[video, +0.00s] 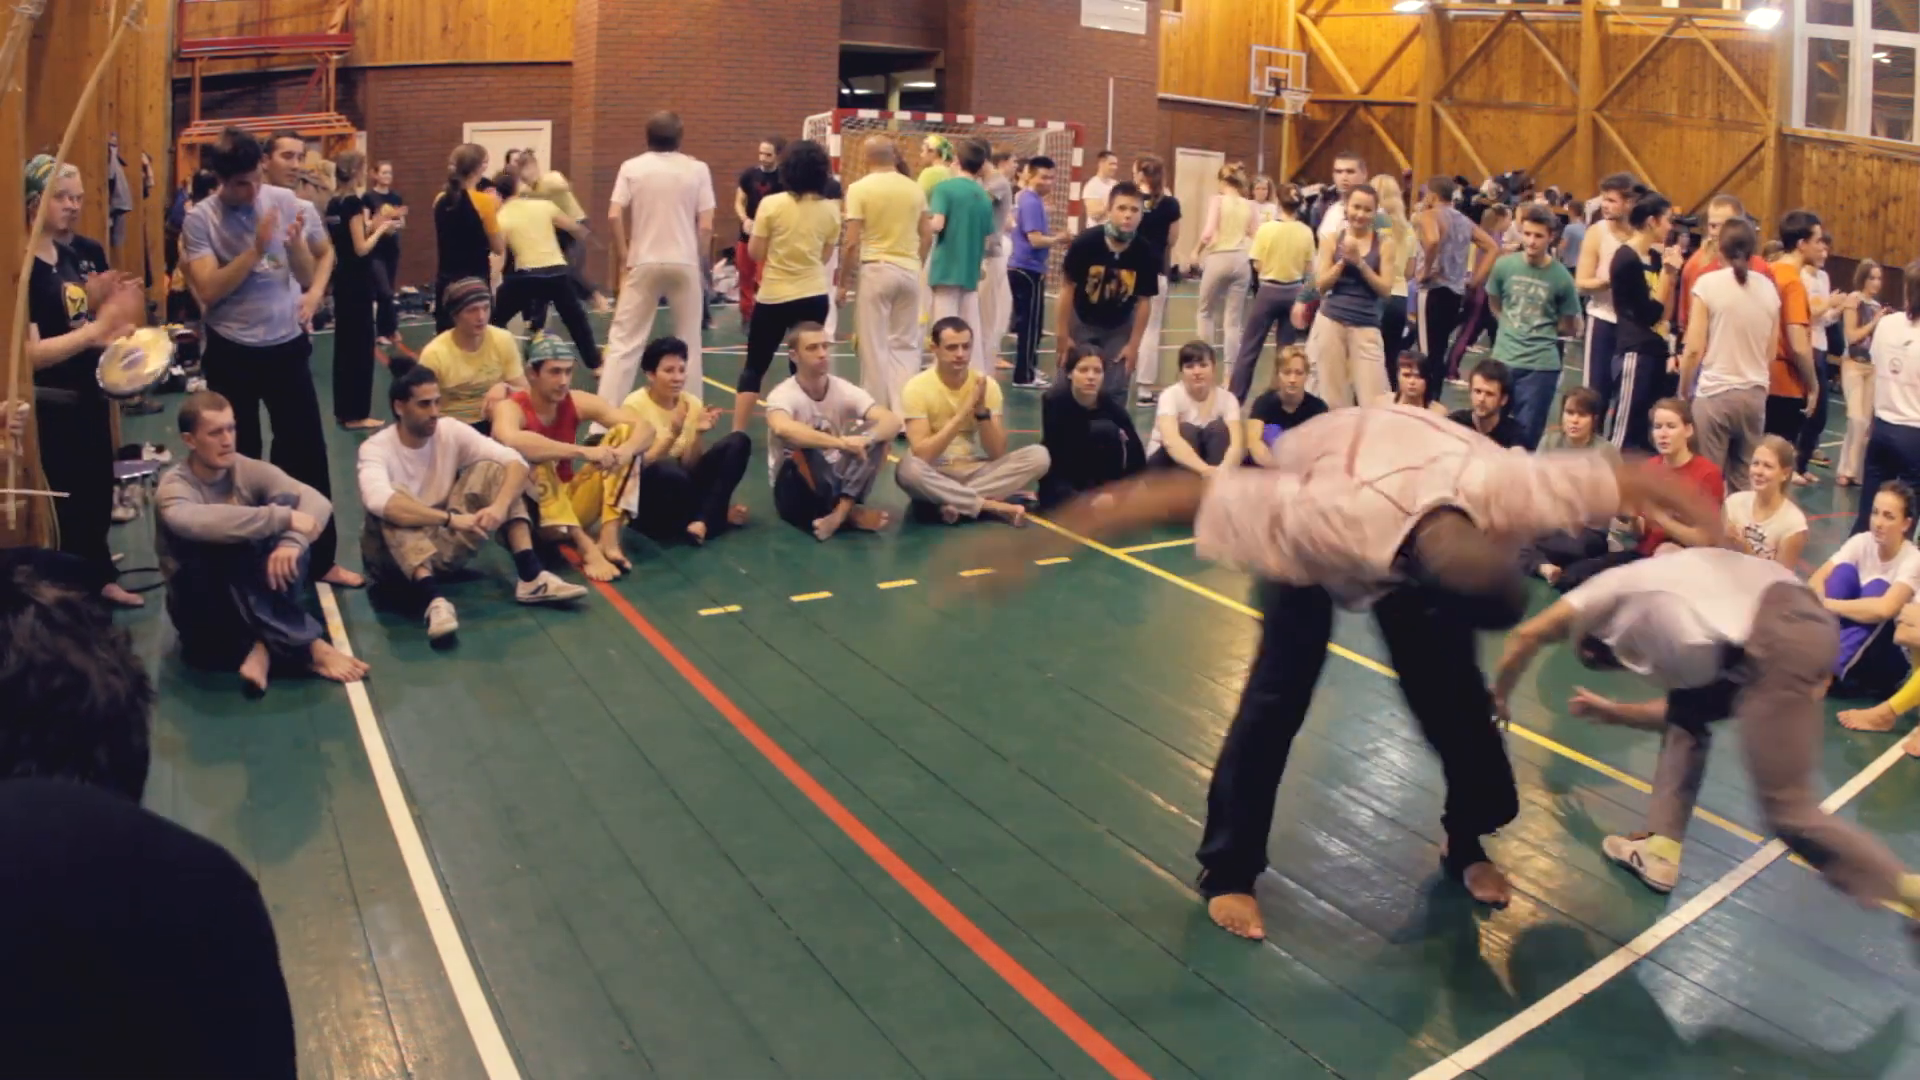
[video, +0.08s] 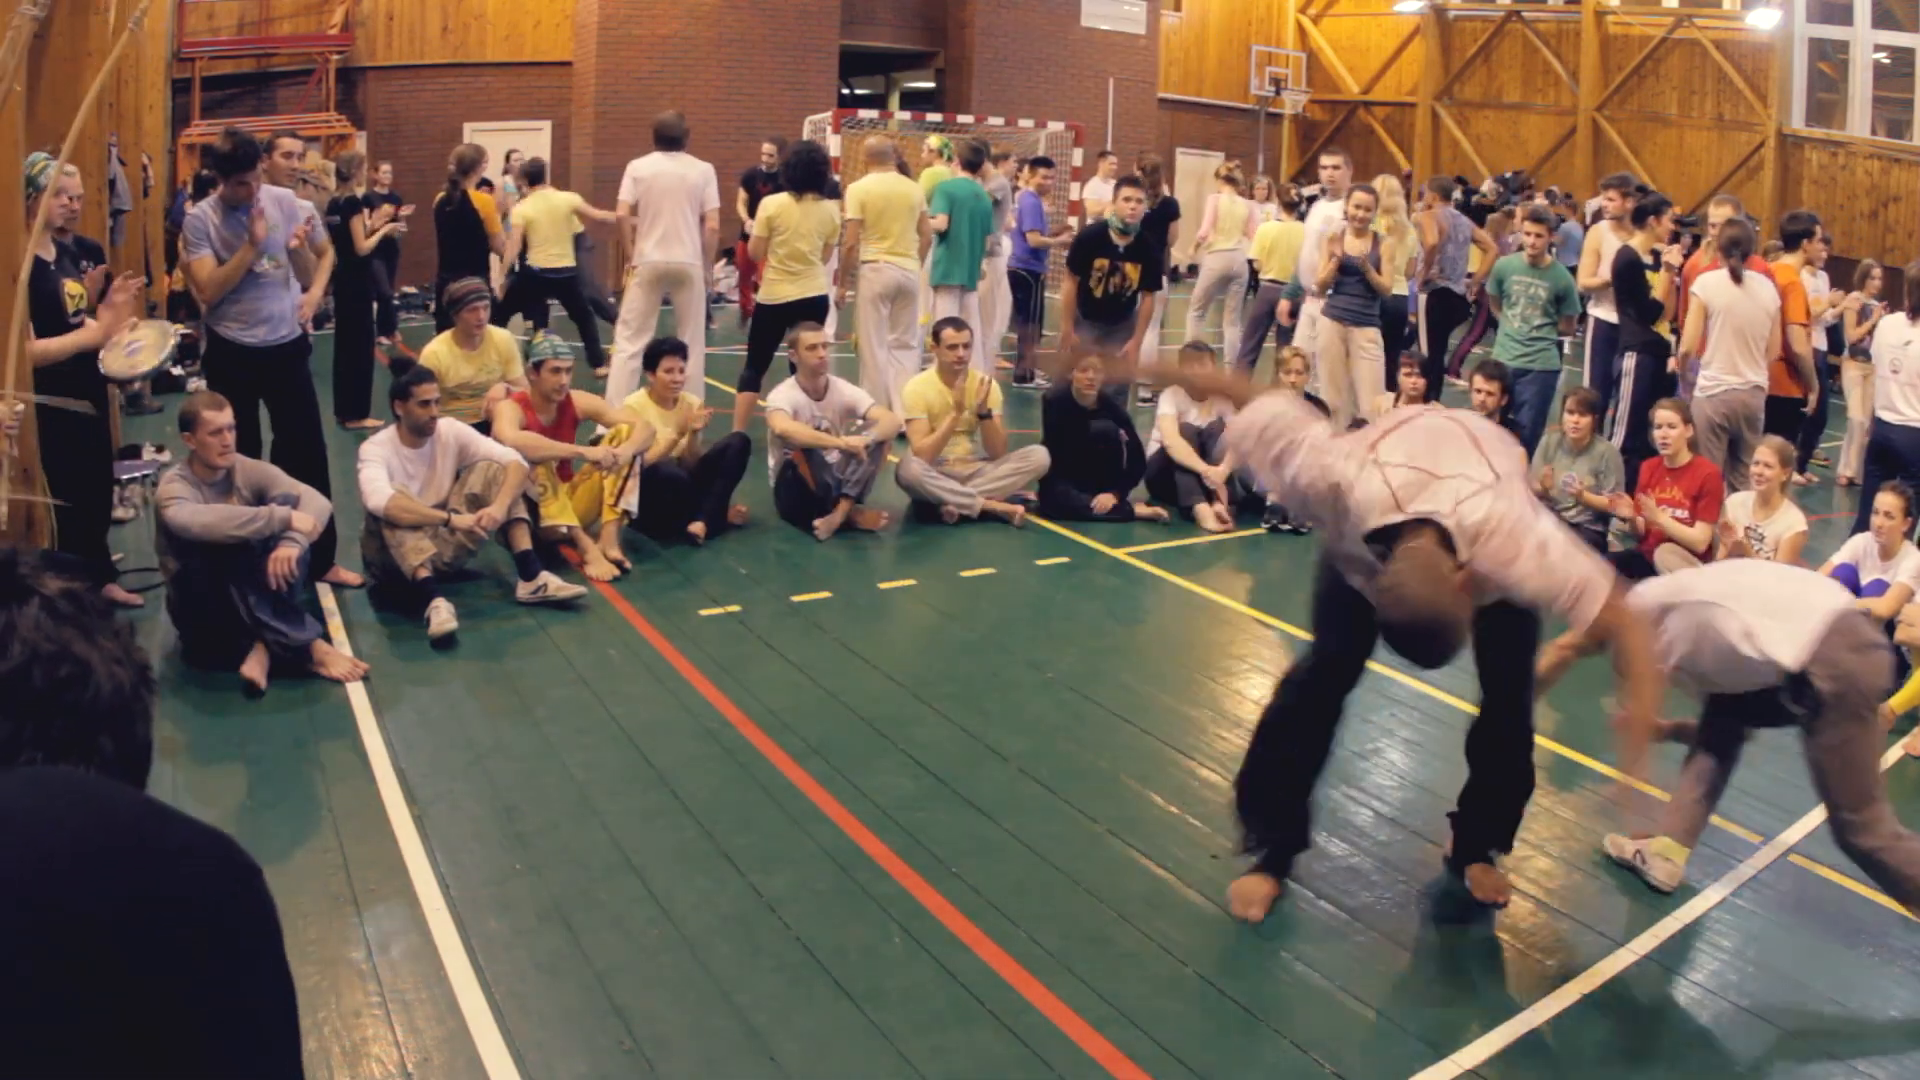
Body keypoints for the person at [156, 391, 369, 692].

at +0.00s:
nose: (228, 440)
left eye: (230, 429)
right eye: (215, 433)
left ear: (236, 429)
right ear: (189, 440)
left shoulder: (247, 469)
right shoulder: (175, 486)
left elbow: (316, 501)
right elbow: (190, 523)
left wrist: (292, 543)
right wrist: (283, 517)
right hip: (210, 615)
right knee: (212, 547)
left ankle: (263, 645)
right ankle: (310, 645)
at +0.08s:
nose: (228, 440)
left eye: (230, 429)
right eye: (215, 434)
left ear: (236, 429)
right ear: (189, 440)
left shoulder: (247, 469)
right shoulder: (175, 486)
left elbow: (316, 501)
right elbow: (190, 523)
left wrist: (292, 543)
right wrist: (283, 517)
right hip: (210, 615)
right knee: (212, 547)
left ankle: (263, 645)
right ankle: (310, 645)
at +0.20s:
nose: (228, 440)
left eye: (230, 430)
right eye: (215, 434)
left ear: (236, 429)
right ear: (189, 440)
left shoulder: (247, 469)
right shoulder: (174, 486)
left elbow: (316, 501)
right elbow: (190, 523)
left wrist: (292, 543)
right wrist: (283, 517)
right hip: (210, 614)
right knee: (211, 548)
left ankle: (263, 645)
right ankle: (310, 645)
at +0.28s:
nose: (228, 441)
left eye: (231, 430)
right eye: (215, 434)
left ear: (237, 429)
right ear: (189, 440)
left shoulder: (247, 469)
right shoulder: (174, 487)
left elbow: (317, 501)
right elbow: (192, 523)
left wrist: (292, 543)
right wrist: (283, 517)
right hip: (210, 614)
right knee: (211, 548)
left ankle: (263, 645)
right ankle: (309, 645)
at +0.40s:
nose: (227, 441)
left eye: (230, 430)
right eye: (215, 434)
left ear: (236, 429)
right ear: (189, 440)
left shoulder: (248, 469)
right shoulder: (174, 487)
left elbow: (317, 502)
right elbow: (191, 523)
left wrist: (292, 543)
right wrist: (283, 517)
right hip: (211, 617)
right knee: (211, 547)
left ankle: (263, 645)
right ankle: (309, 645)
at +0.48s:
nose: (227, 441)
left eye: (230, 430)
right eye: (215, 434)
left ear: (236, 429)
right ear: (189, 440)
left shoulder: (248, 469)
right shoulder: (174, 487)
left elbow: (316, 502)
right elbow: (191, 523)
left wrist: (292, 543)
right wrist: (283, 517)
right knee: (213, 547)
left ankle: (263, 645)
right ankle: (310, 646)